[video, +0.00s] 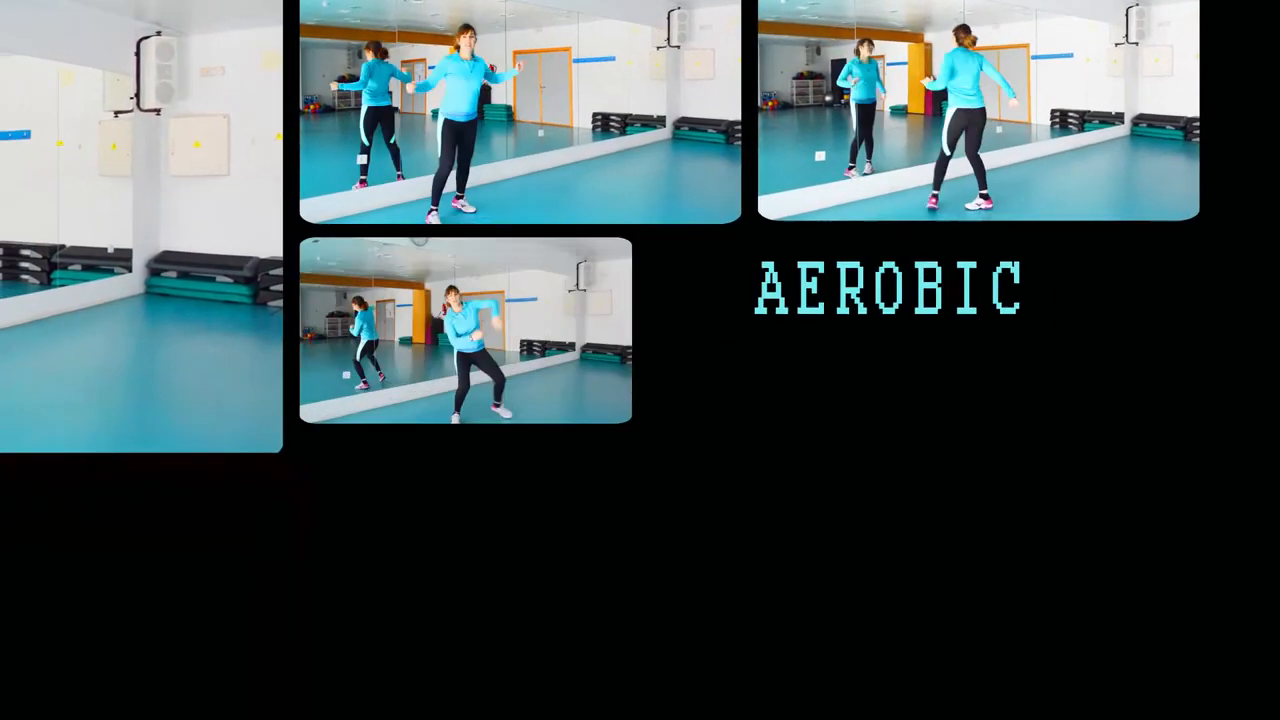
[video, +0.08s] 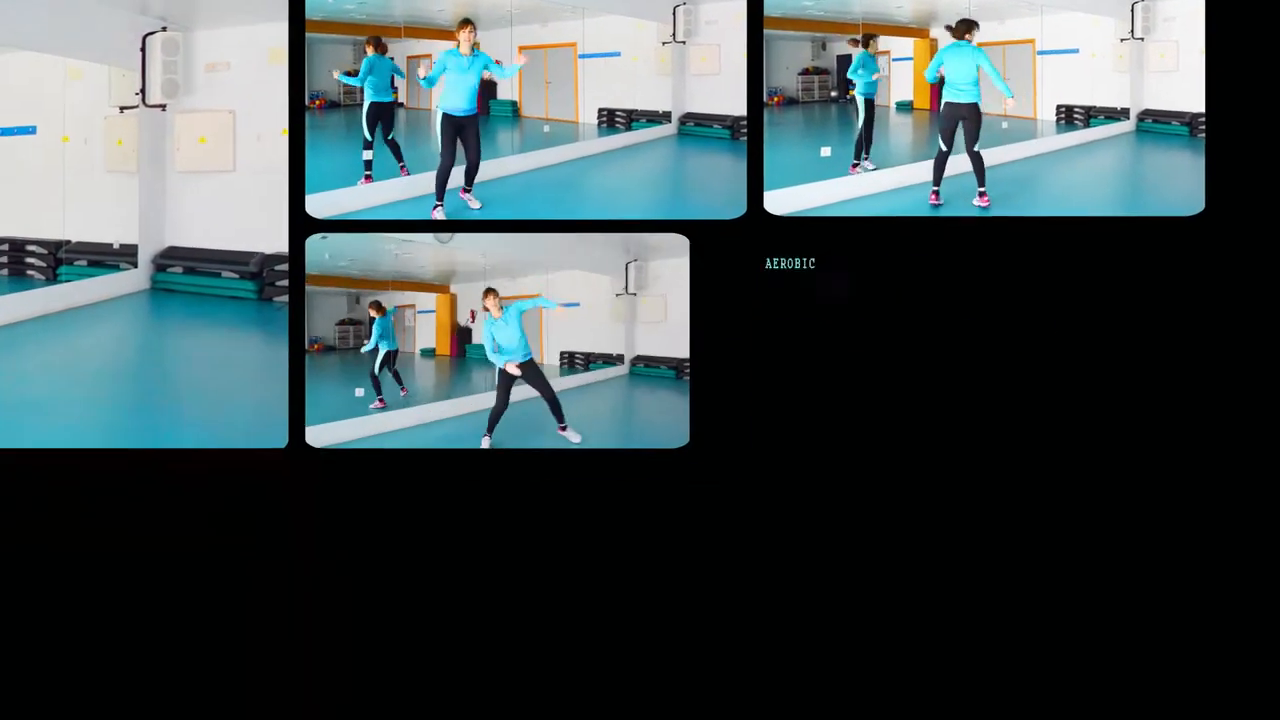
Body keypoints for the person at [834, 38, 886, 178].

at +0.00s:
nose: (870, 48)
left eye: (871, 46)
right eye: (867, 46)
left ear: (872, 49)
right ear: (860, 48)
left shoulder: (874, 63)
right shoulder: (852, 63)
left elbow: (878, 79)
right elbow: (839, 81)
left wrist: (883, 90)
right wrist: (850, 83)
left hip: (871, 100)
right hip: (857, 101)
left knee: (869, 133)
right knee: (859, 134)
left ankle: (869, 163)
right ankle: (851, 167)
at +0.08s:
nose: (877, 45)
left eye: (877, 42)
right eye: (876, 42)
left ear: (872, 43)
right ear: (870, 43)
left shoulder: (873, 58)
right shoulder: (861, 57)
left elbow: (871, 75)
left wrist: (880, 76)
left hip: (871, 95)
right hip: (861, 94)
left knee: (869, 127)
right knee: (862, 127)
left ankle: (865, 159)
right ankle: (855, 163)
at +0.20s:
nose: (880, 38)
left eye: (863, 36)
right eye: (878, 35)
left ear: (865, 37)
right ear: (876, 36)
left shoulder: (862, 50)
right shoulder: (876, 48)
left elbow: (849, 66)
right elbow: (875, 66)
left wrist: (843, 82)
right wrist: (889, 74)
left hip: (859, 86)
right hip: (870, 87)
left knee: (864, 121)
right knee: (870, 122)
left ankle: (861, 155)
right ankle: (862, 157)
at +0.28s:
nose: (863, 34)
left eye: (864, 32)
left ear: (866, 33)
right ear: (877, 32)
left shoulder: (860, 46)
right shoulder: (881, 45)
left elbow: (847, 61)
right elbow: (885, 61)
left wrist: (834, 76)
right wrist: (901, 68)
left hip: (860, 84)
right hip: (874, 84)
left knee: (862, 119)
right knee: (874, 120)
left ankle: (854, 152)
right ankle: (869, 155)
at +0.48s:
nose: (860, 28)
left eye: (861, 25)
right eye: (861, 25)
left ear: (864, 25)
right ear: (874, 25)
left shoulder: (860, 38)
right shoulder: (883, 39)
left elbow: (853, 55)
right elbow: (899, 52)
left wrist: (834, 63)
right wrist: (910, 51)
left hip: (863, 80)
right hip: (880, 79)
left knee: (858, 115)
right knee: (883, 114)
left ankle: (851, 151)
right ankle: (888, 148)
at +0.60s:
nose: (857, 25)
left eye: (858, 22)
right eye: (857, 22)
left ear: (862, 22)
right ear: (871, 21)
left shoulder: (860, 35)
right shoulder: (880, 36)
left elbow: (852, 56)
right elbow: (895, 48)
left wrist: (831, 53)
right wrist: (904, 51)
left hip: (863, 77)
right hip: (879, 77)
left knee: (858, 113)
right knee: (881, 111)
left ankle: (857, 151)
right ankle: (893, 144)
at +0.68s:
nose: (856, 22)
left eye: (856, 20)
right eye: (856, 20)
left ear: (860, 19)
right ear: (869, 19)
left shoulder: (858, 33)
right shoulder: (878, 33)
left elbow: (848, 54)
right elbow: (888, 47)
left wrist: (832, 47)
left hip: (863, 75)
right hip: (879, 74)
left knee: (860, 111)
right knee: (877, 107)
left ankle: (860, 148)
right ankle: (892, 136)